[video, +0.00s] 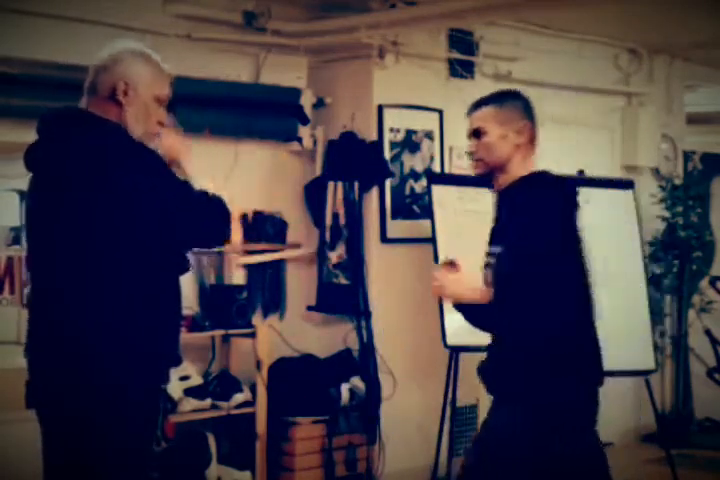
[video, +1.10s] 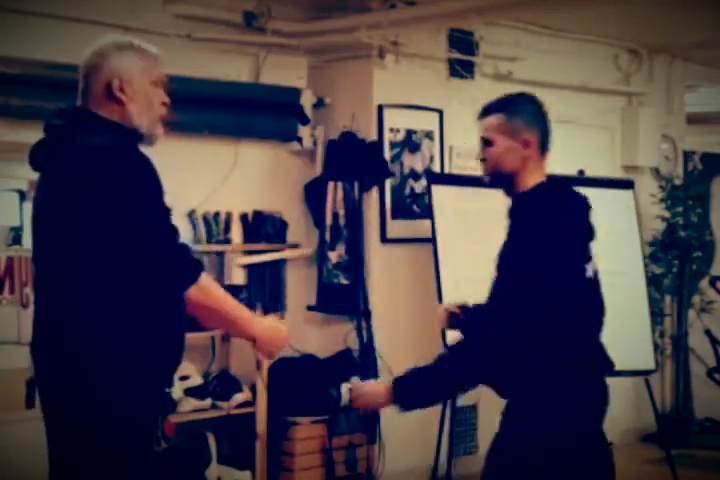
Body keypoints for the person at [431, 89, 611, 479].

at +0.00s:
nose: (470, 148)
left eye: (479, 135)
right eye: (470, 137)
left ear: (520, 137)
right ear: (514, 139)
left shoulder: (534, 199)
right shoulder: (521, 199)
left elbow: (532, 315)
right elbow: (512, 311)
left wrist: (467, 294)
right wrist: (465, 291)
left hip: (543, 394)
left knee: (483, 471)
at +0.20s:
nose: (383, 163)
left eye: (390, 151)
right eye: (384, 152)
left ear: (425, 154)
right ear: (434, 154)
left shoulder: (413, 235)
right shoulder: (490, 217)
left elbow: (361, 311)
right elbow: (534, 297)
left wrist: (302, 313)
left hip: (476, 412)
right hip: (535, 401)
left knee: (414, 476)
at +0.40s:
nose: (332, 200)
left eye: (331, 186)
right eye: (327, 189)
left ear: (361, 171)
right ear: (364, 170)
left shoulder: (413, 228)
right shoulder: (423, 206)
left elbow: (410, 377)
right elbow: (439, 293)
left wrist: (307, 419)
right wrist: (386, 312)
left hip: (476, 402)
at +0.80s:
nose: (365, 181)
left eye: (365, 167)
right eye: (360, 171)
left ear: (397, 155)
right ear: (401, 154)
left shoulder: (440, 226)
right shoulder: (461, 203)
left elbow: (394, 363)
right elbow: (488, 299)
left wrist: (290, 377)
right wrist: (413, 303)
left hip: (484, 403)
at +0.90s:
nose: (397, 168)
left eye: (400, 155)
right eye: (394, 157)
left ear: (435, 149)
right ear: (438, 149)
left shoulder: (481, 210)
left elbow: (417, 331)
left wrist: (304, 390)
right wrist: (424, 307)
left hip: (504, 399)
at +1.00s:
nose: (442, 163)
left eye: (448, 150)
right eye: (441, 151)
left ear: (485, 147)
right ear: (484, 148)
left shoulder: (510, 219)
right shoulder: (519, 207)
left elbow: (443, 324)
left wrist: (349, 388)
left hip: (524, 403)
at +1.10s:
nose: (481, 156)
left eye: (488, 143)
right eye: (482, 144)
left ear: (527, 146)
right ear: (525, 147)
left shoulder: (540, 216)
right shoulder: (557, 206)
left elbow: (498, 344)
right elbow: (526, 314)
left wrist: (394, 392)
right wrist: (467, 318)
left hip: (545, 407)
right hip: (570, 397)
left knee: (504, 472)